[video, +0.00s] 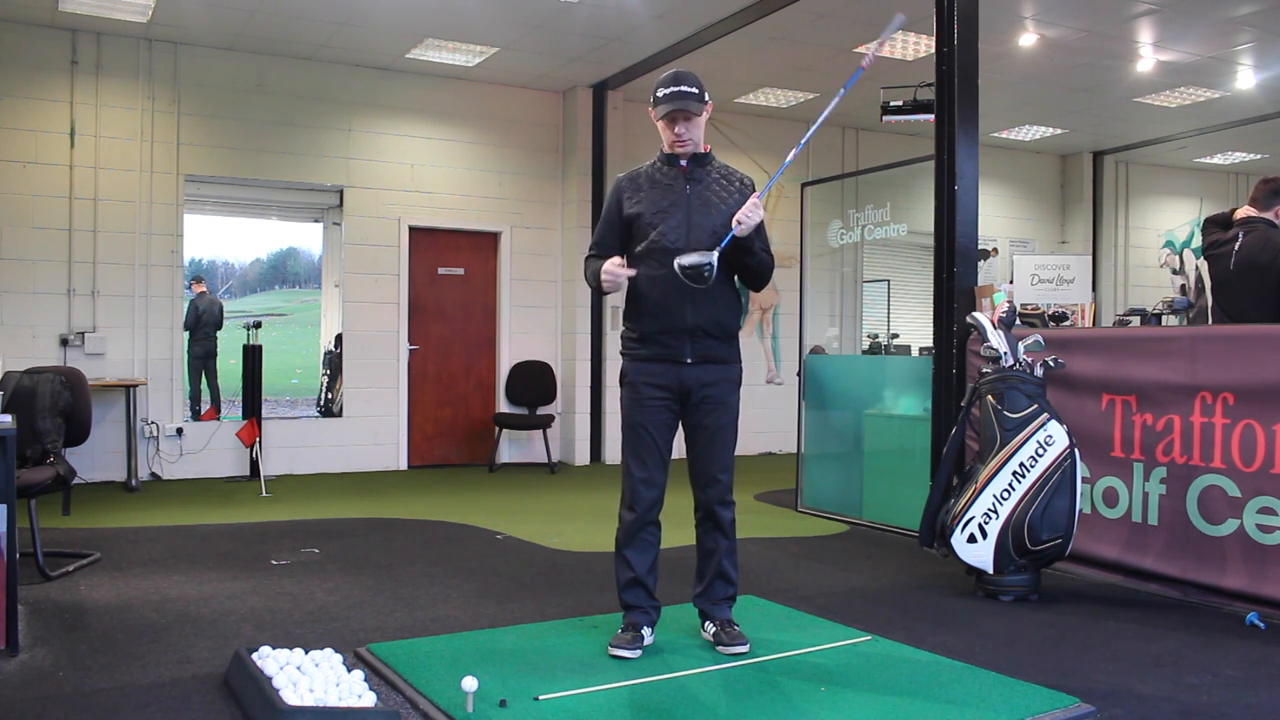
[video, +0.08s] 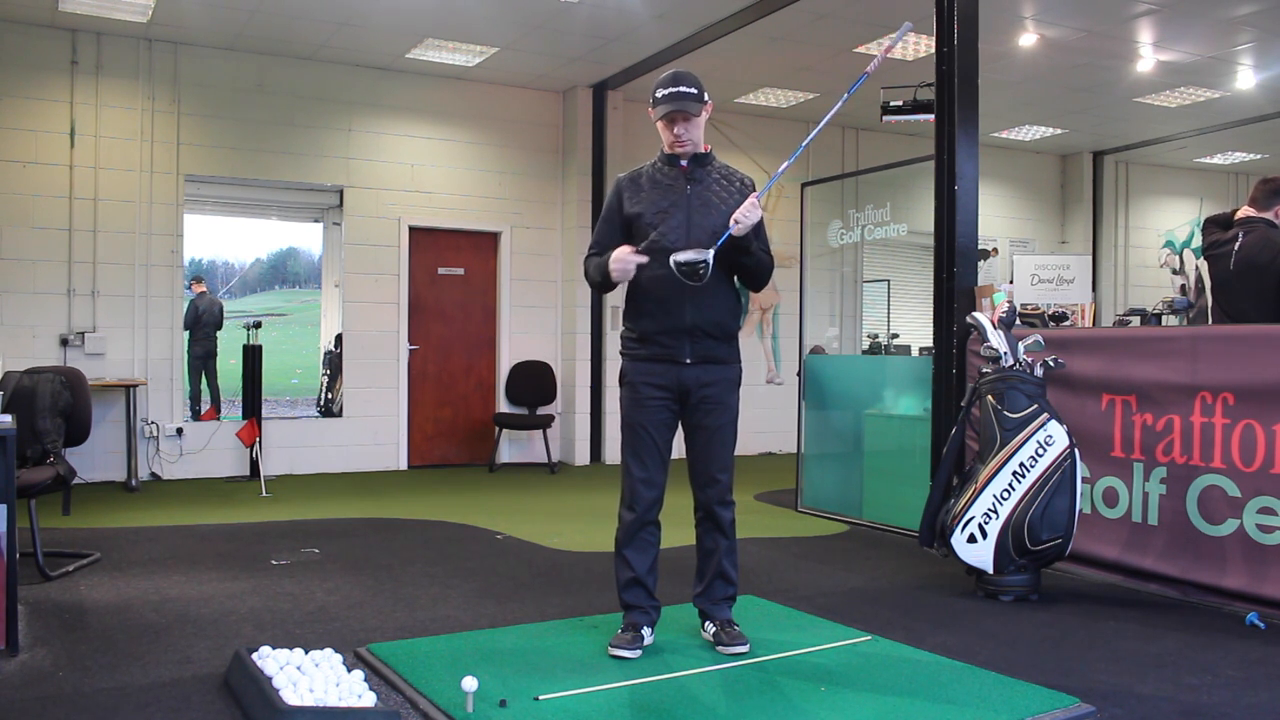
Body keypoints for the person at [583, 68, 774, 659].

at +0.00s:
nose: (680, 127)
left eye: (690, 116)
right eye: (670, 118)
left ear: (708, 116)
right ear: (655, 121)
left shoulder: (737, 189)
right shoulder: (630, 187)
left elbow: (758, 278)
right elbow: (596, 264)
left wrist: (751, 234)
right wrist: (602, 273)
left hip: (716, 363)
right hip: (647, 362)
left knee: (716, 495)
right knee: (641, 495)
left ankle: (718, 612)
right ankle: (637, 616)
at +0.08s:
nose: (678, 128)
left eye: (688, 117)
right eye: (668, 119)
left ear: (707, 115)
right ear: (655, 122)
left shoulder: (737, 188)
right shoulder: (630, 188)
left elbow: (758, 278)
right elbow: (594, 273)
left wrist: (749, 233)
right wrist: (613, 263)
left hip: (716, 364)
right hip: (647, 363)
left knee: (715, 495)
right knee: (640, 495)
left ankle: (718, 612)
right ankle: (637, 616)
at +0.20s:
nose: (675, 128)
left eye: (684, 117)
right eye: (665, 119)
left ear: (705, 114)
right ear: (654, 122)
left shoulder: (737, 187)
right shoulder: (630, 188)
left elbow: (758, 277)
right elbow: (597, 271)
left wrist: (745, 234)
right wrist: (625, 251)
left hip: (715, 364)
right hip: (646, 362)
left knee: (715, 495)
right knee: (640, 496)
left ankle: (718, 612)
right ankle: (637, 616)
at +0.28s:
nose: (672, 128)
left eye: (681, 116)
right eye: (663, 119)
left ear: (705, 112)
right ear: (653, 123)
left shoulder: (736, 188)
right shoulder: (630, 188)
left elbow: (757, 277)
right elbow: (599, 265)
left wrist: (742, 235)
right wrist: (636, 242)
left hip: (714, 363)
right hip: (646, 362)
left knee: (714, 495)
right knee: (640, 496)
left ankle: (718, 612)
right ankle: (637, 616)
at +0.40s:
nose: (671, 128)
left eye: (680, 116)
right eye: (662, 119)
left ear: (704, 111)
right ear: (652, 123)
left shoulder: (737, 188)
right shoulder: (631, 187)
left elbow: (757, 278)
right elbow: (600, 262)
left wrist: (744, 236)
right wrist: (649, 231)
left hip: (715, 363)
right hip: (647, 362)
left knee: (715, 495)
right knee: (640, 496)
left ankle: (718, 612)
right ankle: (637, 616)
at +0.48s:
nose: (673, 128)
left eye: (682, 116)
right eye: (663, 119)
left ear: (705, 112)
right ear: (653, 123)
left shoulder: (737, 188)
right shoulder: (631, 187)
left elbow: (757, 278)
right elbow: (599, 265)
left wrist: (746, 237)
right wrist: (645, 228)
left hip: (716, 364)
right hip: (647, 362)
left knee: (715, 495)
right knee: (640, 496)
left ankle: (718, 612)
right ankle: (637, 616)